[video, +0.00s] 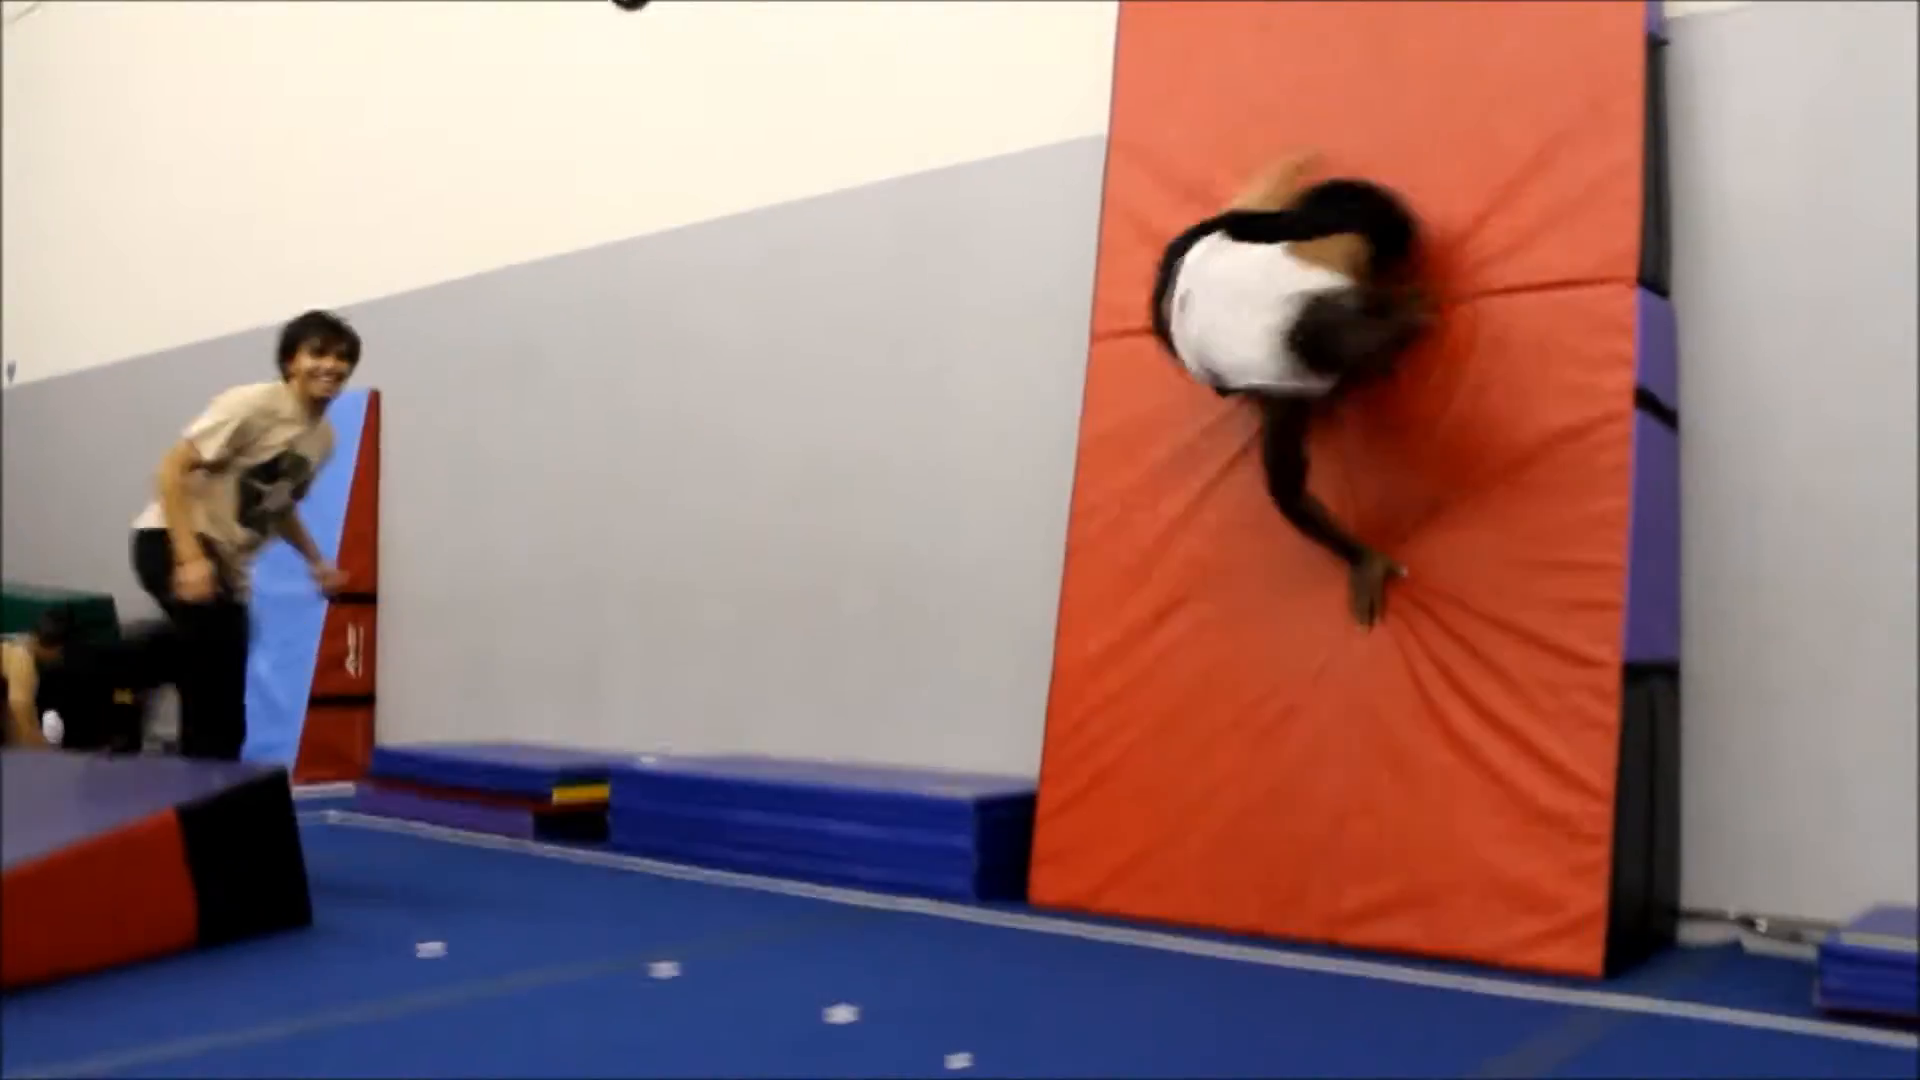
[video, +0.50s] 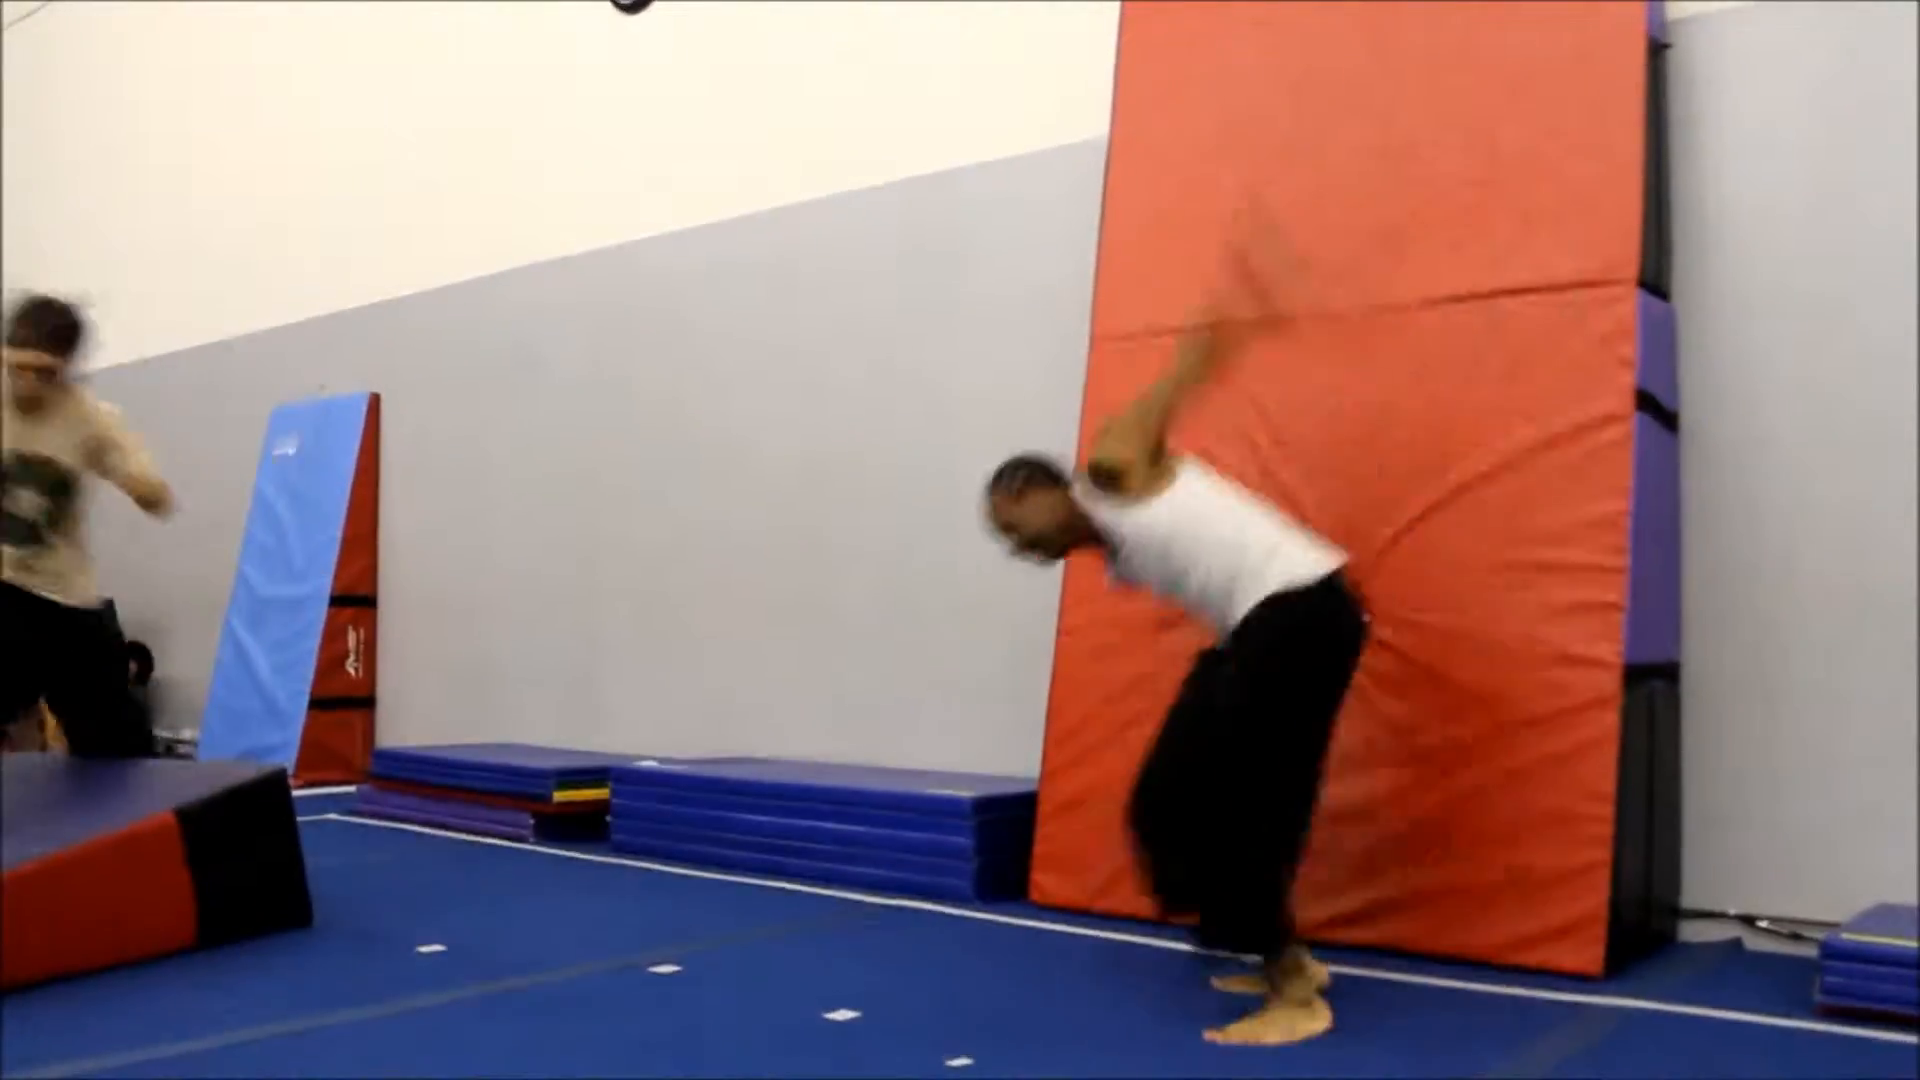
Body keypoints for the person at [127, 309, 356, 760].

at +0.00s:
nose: (329, 366)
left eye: (341, 357)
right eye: (317, 354)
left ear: (351, 369)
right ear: (290, 362)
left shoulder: (321, 439)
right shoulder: (252, 405)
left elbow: (276, 504)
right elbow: (173, 468)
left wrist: (316, 560)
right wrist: (189, 556)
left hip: (224, 557)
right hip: (172, 539)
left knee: (221, 671)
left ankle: (213, 786)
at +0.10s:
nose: (299, 380)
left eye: (313, 373)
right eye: (288, 368)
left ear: (324, 388)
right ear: (263, 374)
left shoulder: (295, 451)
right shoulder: (222, 419)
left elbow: (244, 505)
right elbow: (118, 467)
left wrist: (269, 564)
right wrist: (135, 537)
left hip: (203, 593)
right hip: (146, 559)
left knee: (205, 728)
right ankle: (18, 610)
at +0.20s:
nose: (259, 410)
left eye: (273, 403)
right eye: (249, 397)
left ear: (286, 418)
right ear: (227, 404)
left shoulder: (266, 483)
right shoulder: (185, 452)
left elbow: (226, 536)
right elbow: (80, 482)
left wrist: (239, 604)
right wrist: (91, 543)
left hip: (172, 635)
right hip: (112, 596)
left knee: (186, 760)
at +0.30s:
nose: (206, 429)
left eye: (220, 419)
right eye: (196, 416)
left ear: (235, 433)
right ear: (177, 424)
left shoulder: (228, 508)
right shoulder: (134, 467)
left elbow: (222, 576)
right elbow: (46, 492)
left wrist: (239, 641)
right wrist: (41, 550)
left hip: (145, 653)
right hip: (73, 612)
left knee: (167, 774)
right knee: (28, 606)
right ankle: (17, 725)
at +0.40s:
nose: (126, 430)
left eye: (142, 419)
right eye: (116, 414)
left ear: (160, 418)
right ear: (102, 403)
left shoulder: (174, 481)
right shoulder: (60, 449)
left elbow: (212, 555)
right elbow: (3, 472)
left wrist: (240, 615)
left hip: (111, 642)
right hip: (28, 611)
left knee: (127, 768)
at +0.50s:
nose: (27, 384)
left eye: (42, 372)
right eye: (18, 368)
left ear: (63, 366)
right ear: (4, 356)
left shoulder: (81, 417)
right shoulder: (3, 404)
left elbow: (156, 498)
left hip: (66, 604)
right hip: (4, 596)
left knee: (112, 744)